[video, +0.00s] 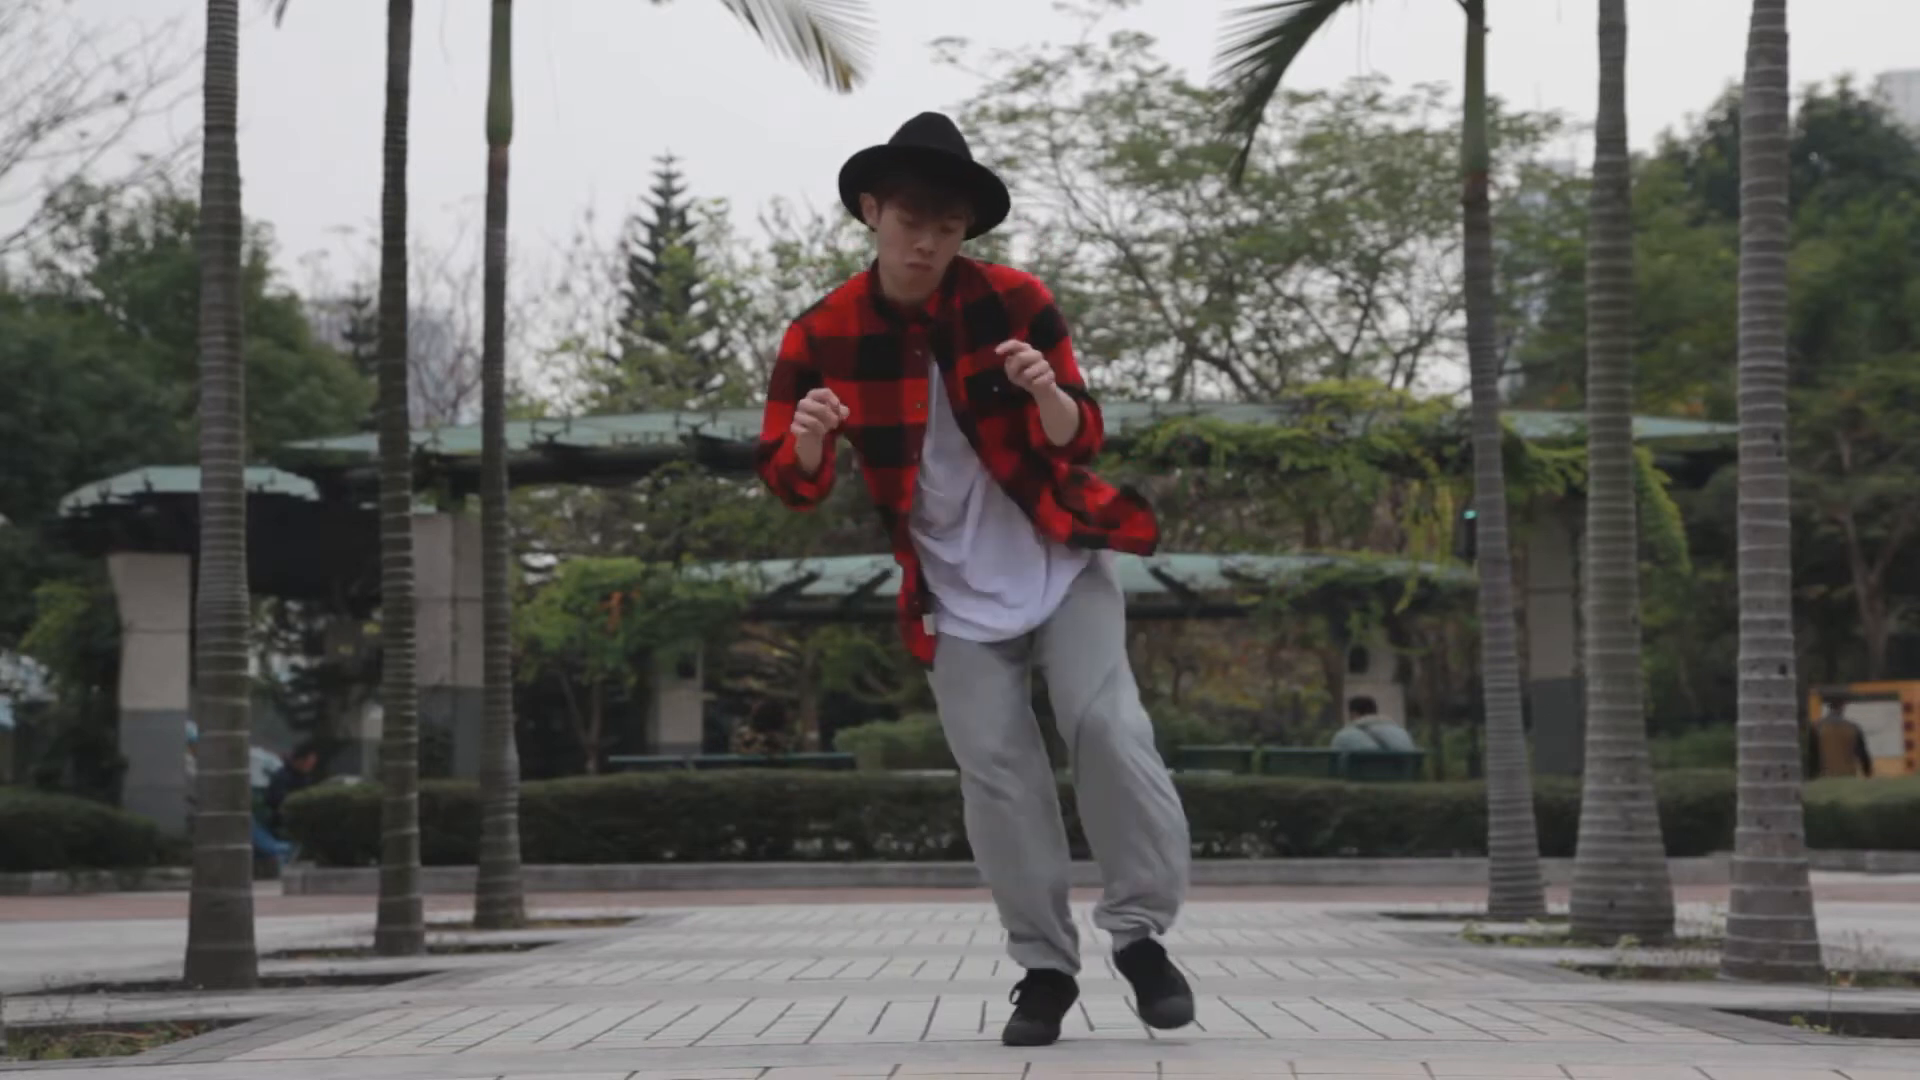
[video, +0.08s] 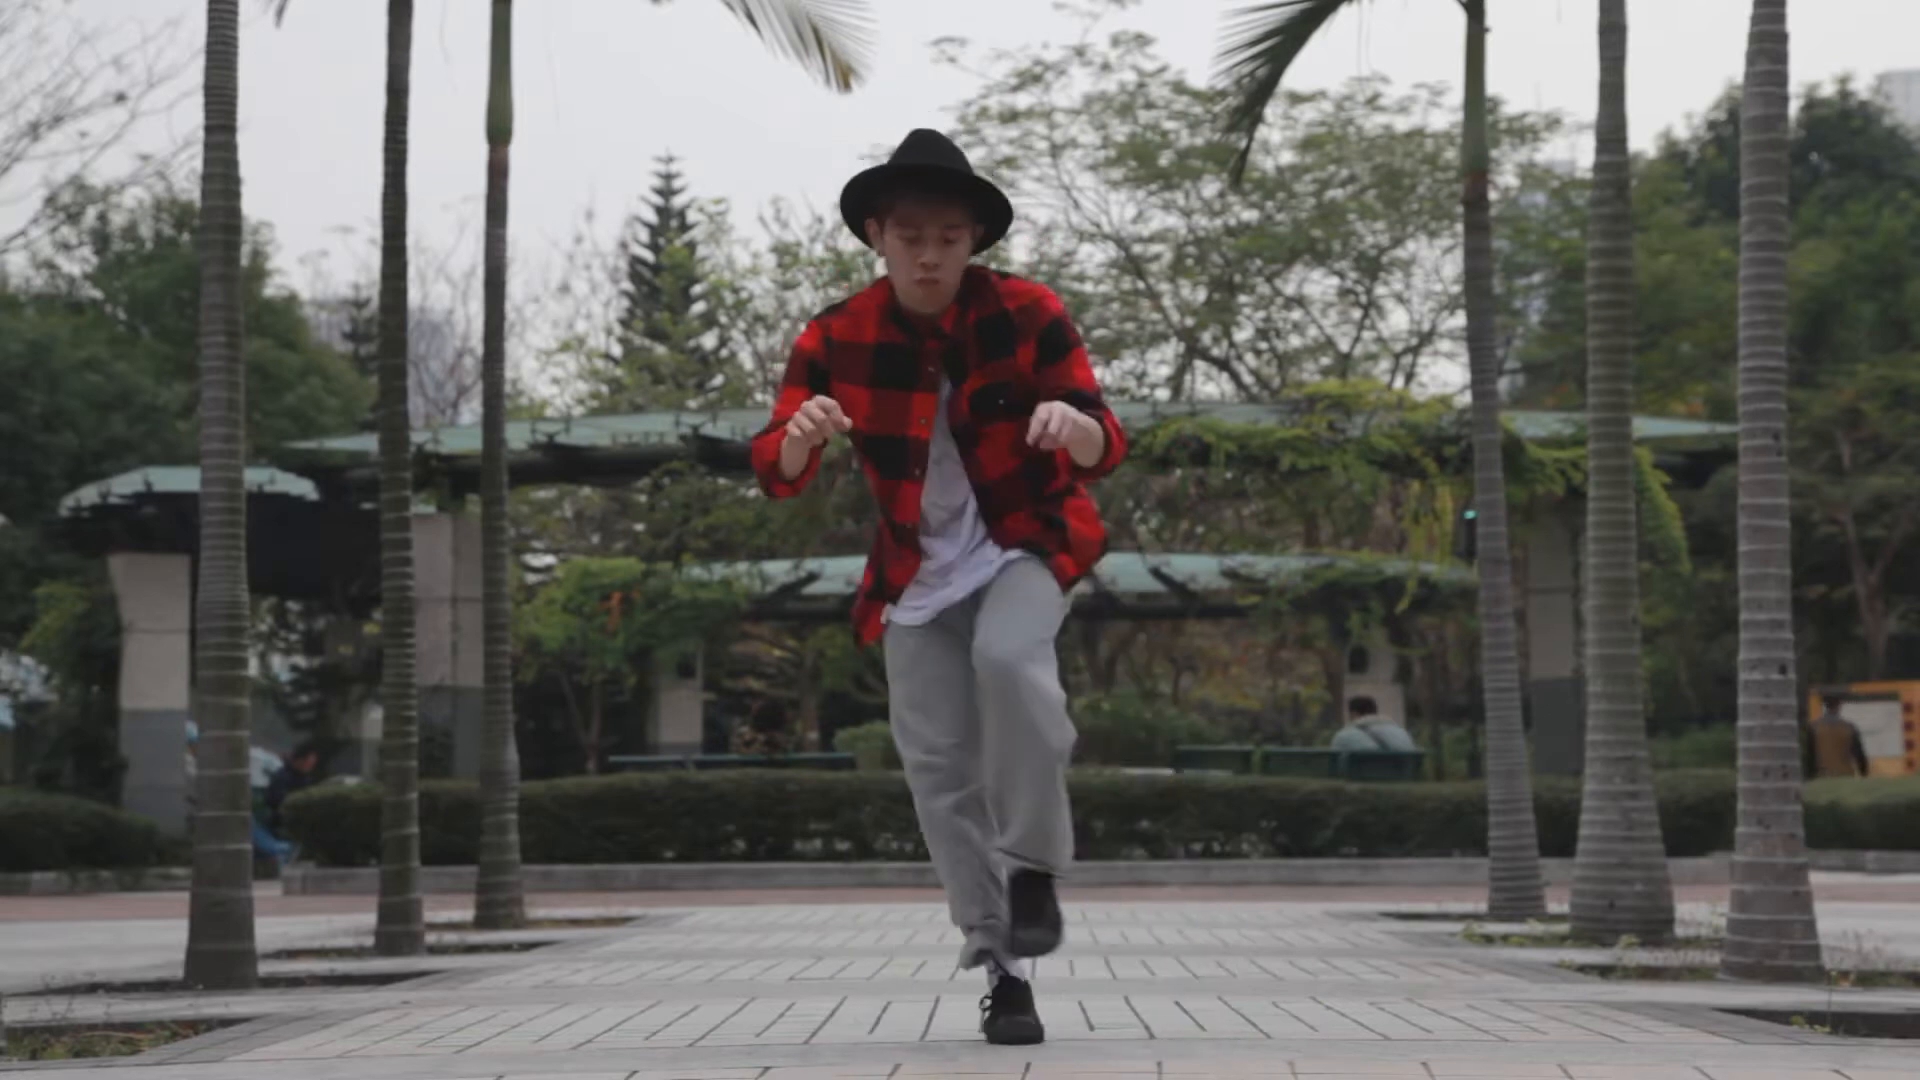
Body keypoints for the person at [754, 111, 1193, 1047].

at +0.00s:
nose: (928, 240)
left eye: (947, 223)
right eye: (910, 218)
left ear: (969, 229)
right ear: (870, 216)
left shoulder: (1014, 301)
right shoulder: (823, 337)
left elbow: (1083, 440)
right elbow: (792, 487)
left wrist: (1048, 396)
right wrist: (806, 448)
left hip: (1062, 555)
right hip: (952, 584)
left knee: (1105, 724)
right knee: (992, 767)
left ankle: (1139, 933)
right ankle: (1044, 965)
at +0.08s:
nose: (929, 252)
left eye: (947, 234)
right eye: (909, 233)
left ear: (973, 239)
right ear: (876, 240)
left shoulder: (1030, 315)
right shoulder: (835, 339)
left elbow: (1106, 443)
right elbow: (775, 470)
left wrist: (1080, 428)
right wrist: (798, 438)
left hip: (1027, 545)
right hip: (919, 568)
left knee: (1007, 658)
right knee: (936, 763)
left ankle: (1029, 863)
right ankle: (999, 963)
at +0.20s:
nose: (922, 272)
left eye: (944, 252)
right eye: (905, 256)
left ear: (985, 263)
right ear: (885, 269)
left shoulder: (1037, 361)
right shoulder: (845, 354)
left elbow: (1112, 462)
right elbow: (782, 447)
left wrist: (1119, 535)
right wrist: (814, 462)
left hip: (988, 576)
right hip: (875, 585)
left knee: (895, 575)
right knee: (925, 789)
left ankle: (846, 792)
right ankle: (1010, 974)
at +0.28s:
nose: (925, 245)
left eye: (946, 226)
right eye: (907, 229)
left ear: (988, 238)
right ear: (889, 241)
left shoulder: (1035, 347)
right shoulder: (840, 321)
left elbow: (1092, 476)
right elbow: (807, 431)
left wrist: (1140, 597)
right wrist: (863, 464)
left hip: (956, 562)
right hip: (852, 560)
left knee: (832, 612)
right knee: (905, 784)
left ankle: (763, 820)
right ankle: (1008, 970)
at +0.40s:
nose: (925, 208)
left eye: (948, 192)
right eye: (908, 186)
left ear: (979, 206)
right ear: (880, 192)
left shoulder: (1000, 325)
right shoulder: (818, 268)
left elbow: (1041, 462)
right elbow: (834, 391)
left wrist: (1092, 584)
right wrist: (958, 409)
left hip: (907, 552)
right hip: (820, 546)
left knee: (792, 728)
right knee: (894, 779)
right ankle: (1020, 962)